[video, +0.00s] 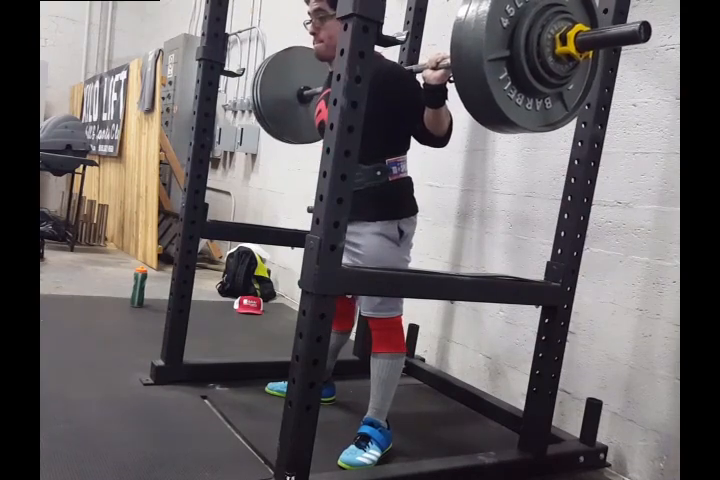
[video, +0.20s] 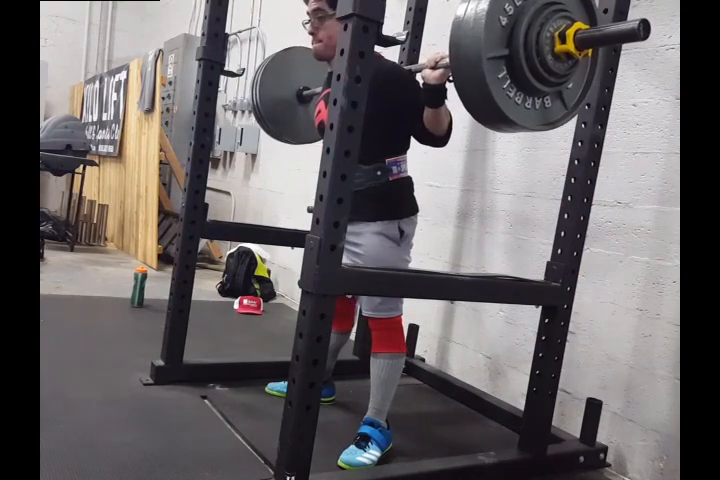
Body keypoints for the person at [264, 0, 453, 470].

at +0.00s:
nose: (312, 32)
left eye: (319, 21)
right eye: (310, 23)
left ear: (349, 22)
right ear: (331, 27)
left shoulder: (391, 78)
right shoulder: (333, 80)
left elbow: (438, 136)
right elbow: (325, 126)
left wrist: (435, 88)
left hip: (382, 217)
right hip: (335, 213)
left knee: (382, 312)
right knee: (332, 302)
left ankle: (376, 424)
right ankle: (318, 380)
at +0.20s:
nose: (311, 34)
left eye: (318, 23)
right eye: (309, 25)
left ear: (349, 22)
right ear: (330, 27)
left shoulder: (390, 78)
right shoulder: (333, 80)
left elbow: (438, 135)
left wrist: (434, 87)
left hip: (382, 217)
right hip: (335, 214)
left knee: (382, 313)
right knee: (331, 302)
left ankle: (376, 424)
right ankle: (318, 380)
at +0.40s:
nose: (310, 33)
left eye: (317, 22)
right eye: (308, 24)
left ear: (348, 21)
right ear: (329, 27)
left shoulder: (391, 78)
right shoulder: (333, 80)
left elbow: (438, 135)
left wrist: (434, 88)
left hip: (383, 218)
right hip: (335, 214)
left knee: (381, 313)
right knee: (331, 302)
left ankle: (376, 424)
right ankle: (318, 380)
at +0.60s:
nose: (310, 31)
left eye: (318, 20)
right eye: (309, 22)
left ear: (348, 20)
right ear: (330, 26)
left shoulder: (390, 77)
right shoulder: (333, 79)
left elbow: (436, 136)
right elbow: (327, 129)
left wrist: (434, 88)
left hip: (382, 217)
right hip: (335, 213)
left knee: (381, 312)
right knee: (331, 302)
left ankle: (376, 423)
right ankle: (318, 379)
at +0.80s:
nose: (315, 25)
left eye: (323, 17)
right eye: (315, 17)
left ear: (352, 23)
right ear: (332, 26)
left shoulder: (389, 77)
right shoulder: (333, 77)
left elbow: (434, 138)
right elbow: (327, 131)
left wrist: (433, 89)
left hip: (380, 213)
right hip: (334, 209)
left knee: (379, 312)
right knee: (330, 300)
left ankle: (376, 424)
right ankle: (318, 379)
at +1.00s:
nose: (314, 24)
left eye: (323, 16)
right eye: (314, 16)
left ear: (352, 23)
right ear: (331, 26)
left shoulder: (388, 77)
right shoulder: (333, 77)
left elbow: (434, 138)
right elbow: (329, 134)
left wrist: (433, 88)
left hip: (381, 214)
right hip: (335, 210)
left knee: (379, 311)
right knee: (330, 300)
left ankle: (376, 424)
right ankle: (318, 379)